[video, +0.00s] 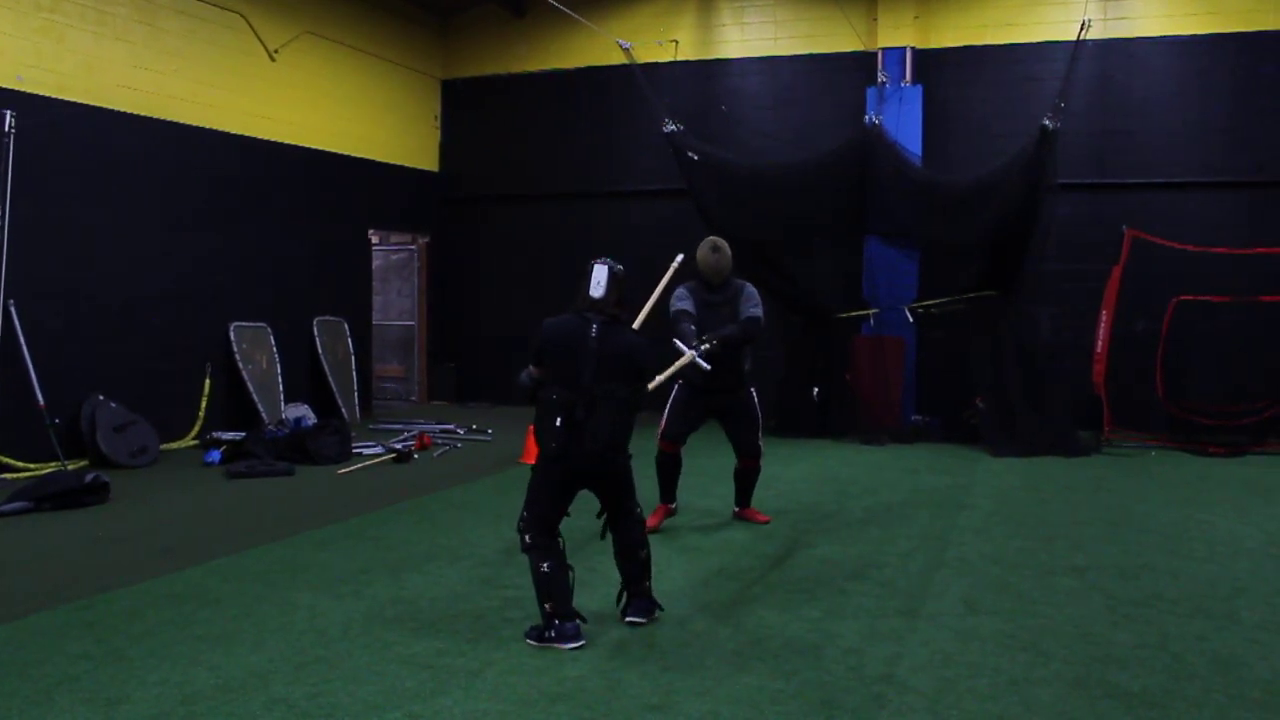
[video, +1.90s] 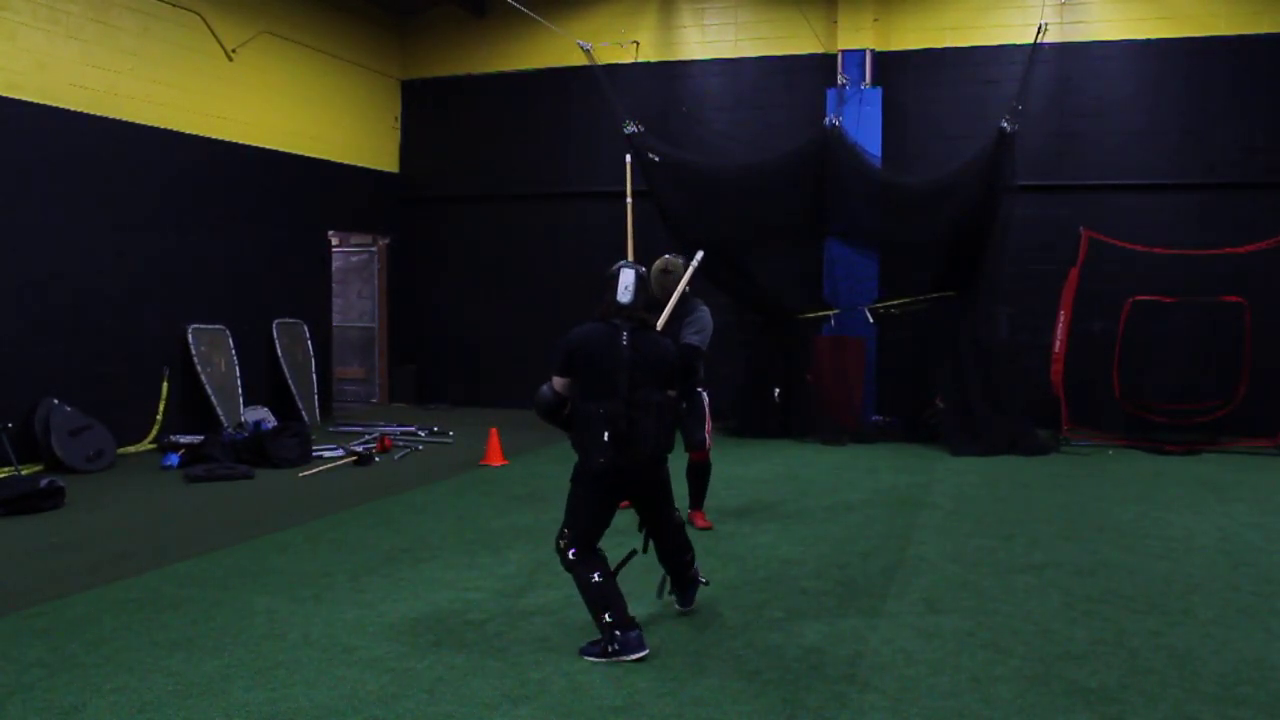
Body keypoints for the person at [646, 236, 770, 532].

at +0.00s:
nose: (716, 277)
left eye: (720, 272)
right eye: (710, 272)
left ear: (729, 267)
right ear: (700, 268)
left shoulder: (746, 292)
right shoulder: (685, 293)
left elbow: (752, 326)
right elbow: (682, 321)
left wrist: (716, 340)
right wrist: (693, 344)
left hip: (735, 385)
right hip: (693, 384)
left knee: (750, 450)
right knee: (668, 442)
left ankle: (743, 507)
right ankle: (667, 504)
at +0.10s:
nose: (697, 275)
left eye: (702, 270)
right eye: (692, 269)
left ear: (712, 267)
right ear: (682, 267)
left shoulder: (728, 293)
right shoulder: (667, 294)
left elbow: (731, 329)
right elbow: (661, 325)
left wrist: (691, 344)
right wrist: (672, 343)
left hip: (716, 385)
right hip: (675, 385)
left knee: (731, 451)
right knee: (650, 445)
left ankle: (725, 507)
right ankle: (644, 511)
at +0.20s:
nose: (672, 279)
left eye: (677, 273)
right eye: (667, 273)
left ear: (686, 270)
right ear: (658, 270)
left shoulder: (702, 294)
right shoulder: (642, 297)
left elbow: (708, 325)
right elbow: (625, 322)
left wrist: (668, 333)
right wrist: (645, 325)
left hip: (694, 390)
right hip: (652, 390)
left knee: (710, 454)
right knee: (632, 454)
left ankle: (707, 508)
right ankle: (615, 516)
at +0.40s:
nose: (640, 272)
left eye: (646, 265)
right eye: (634, 268)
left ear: (658, 273)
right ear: (626, 276)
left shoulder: (676, 301)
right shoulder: (617, 308)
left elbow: (682, 330)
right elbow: (601, 334)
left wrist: (634, 321)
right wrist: (612, 298)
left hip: (668, 401)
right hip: (627, 403)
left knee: (689, 463)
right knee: (612, 468)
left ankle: (700, 509)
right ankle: (605, 535)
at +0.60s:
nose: (625, 271)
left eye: (629, 266)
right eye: (617, 268)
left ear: (639, 277)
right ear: (605, 282)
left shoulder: (657, 306)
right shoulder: (595, 311)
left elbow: (657, 334)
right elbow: (589, 332)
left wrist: (617, 344)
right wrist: (597, 343)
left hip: (651, 407)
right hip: (609, 410)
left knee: (677, 468)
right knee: (593, 474)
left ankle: (682, 510)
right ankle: (599, 536)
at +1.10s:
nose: (649, 277)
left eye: (654, 272)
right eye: (645, 272)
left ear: (665, 275)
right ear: (636, 276)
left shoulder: (687, 307)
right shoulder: (623, 309)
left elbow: (696, 350)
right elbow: (601, 353)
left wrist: (651, 358)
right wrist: (616, 339)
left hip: (678, 401)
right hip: (634, 402)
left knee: (695, 472)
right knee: (616, 469)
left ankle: (697, 510)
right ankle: (603, 531)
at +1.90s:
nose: (665, 286)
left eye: (671, 280)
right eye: (661, 280)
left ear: (681, 282)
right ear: (652, 283)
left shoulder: (696, 312)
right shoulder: (644, 308)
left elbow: (688, 355)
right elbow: (627, 350)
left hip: (688, 392)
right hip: (650, 391)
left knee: (698, 447)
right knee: (643, 446)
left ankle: (696, 509)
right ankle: (635, 494)